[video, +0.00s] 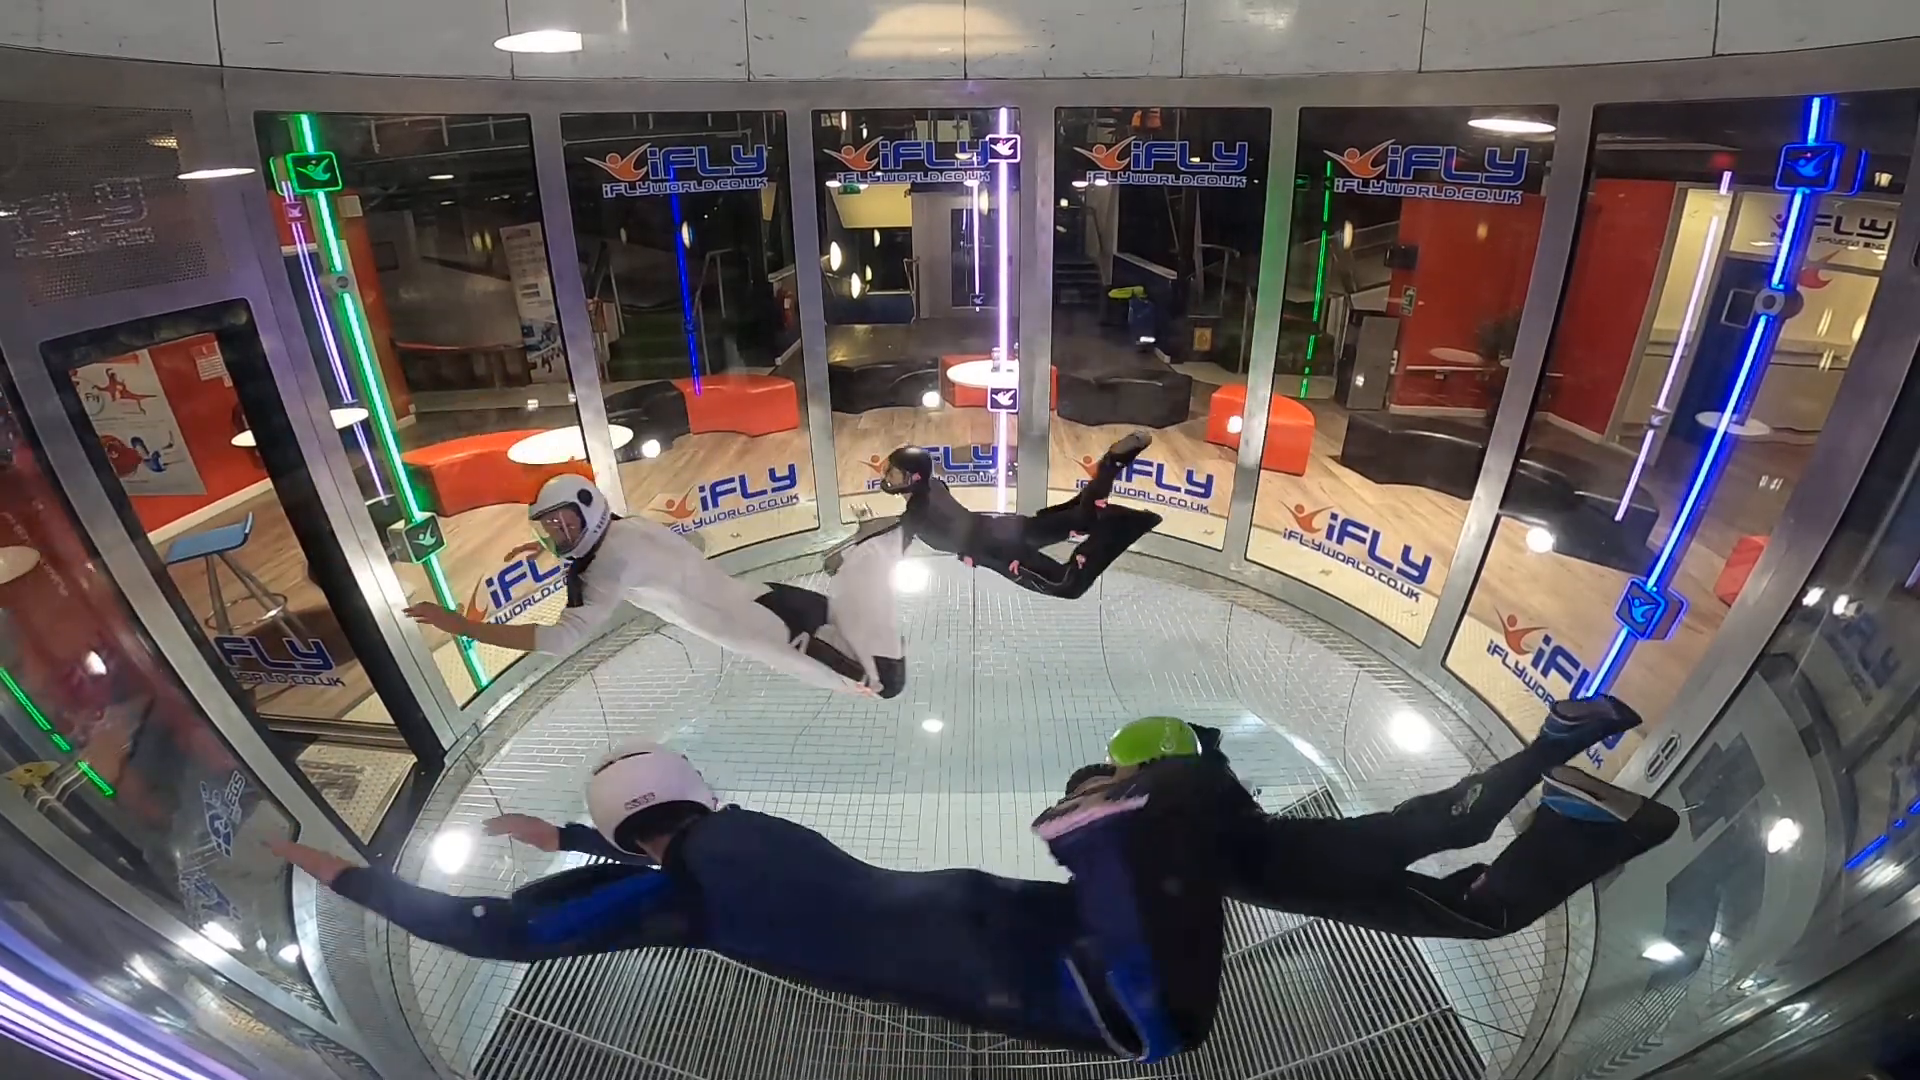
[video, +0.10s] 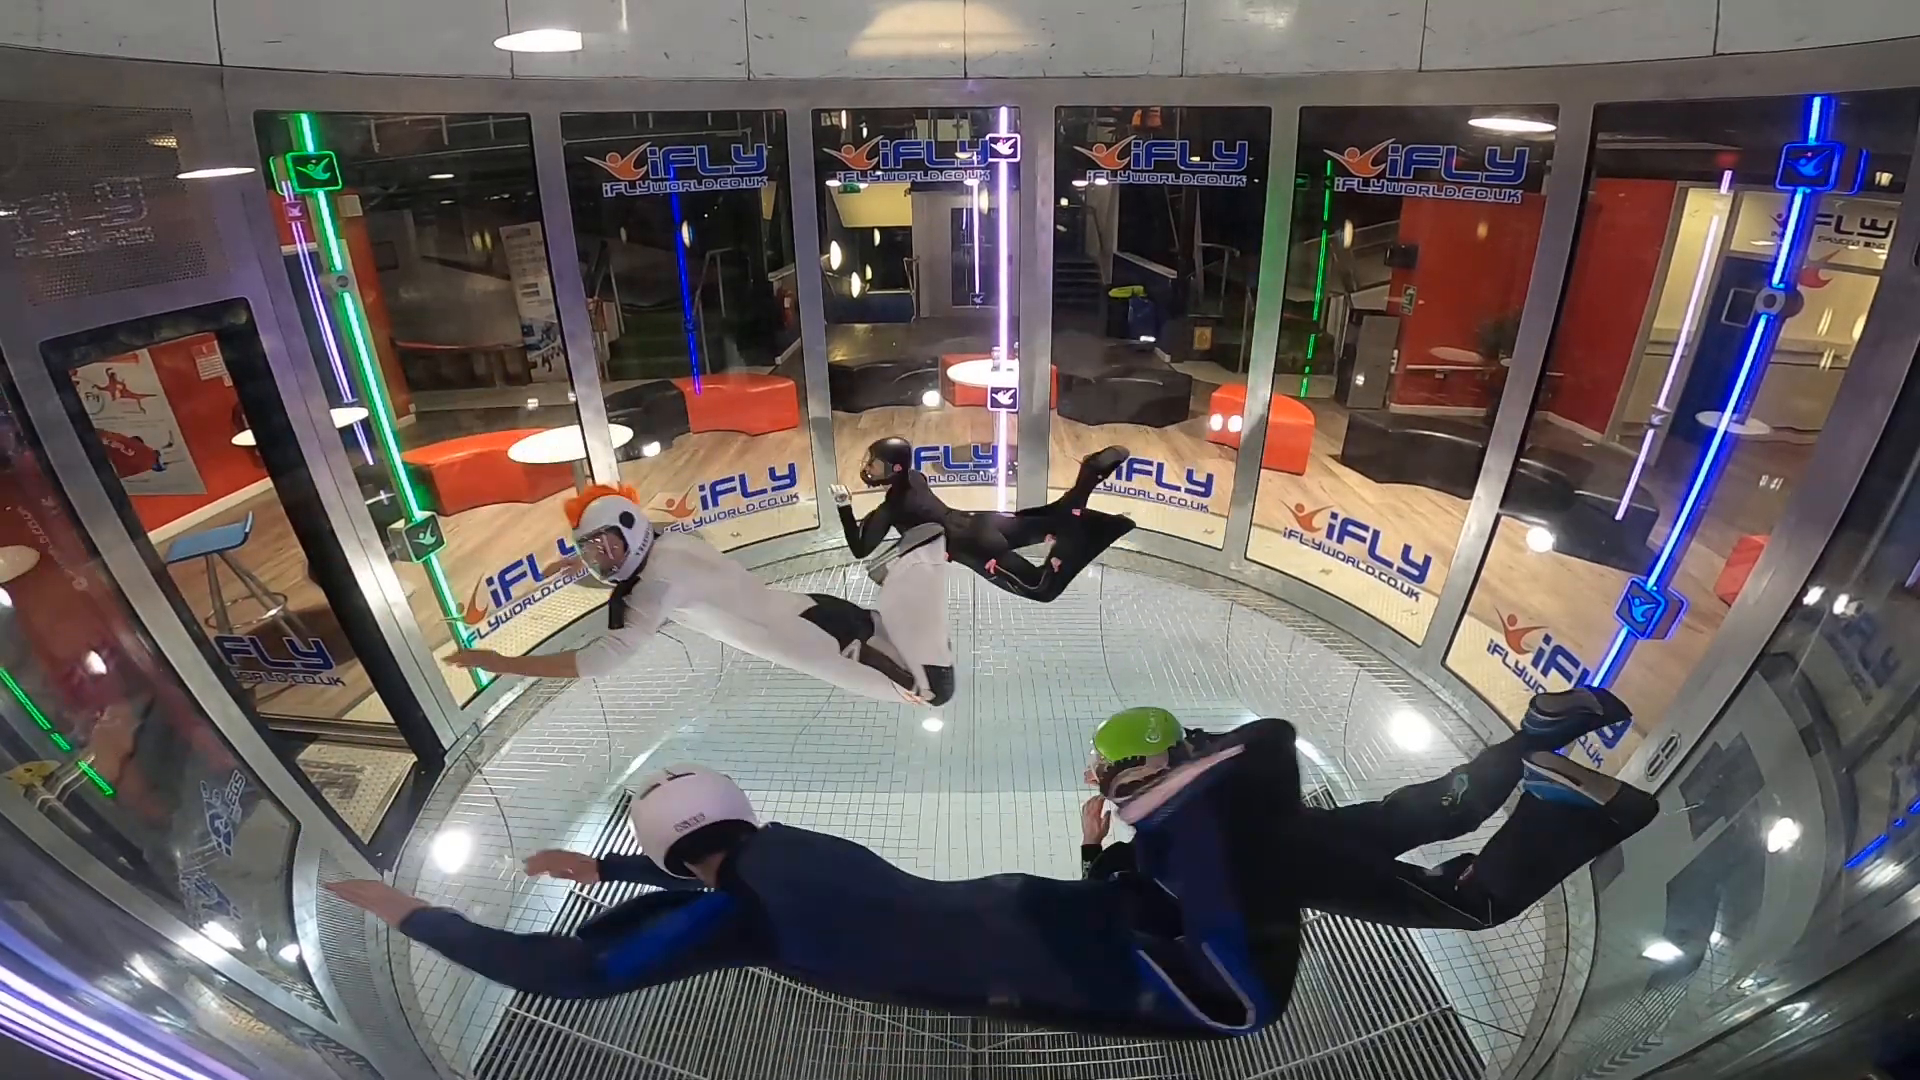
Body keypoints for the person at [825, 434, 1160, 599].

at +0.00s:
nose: (891, 481)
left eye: (897, 475)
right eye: (890, 475)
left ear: (912, 477)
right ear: (913, 475)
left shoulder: (917, 505)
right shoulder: (926, 490)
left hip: (998, 549)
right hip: (1003, 527)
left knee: (1069, 586)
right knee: (1077, 517)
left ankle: (1112, 527)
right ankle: (1115, 463)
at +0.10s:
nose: (867, 468)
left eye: (874, 464)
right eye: (869, 462)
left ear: (893, 469)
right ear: (897, 467)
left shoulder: (898, 500)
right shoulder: (910, 483)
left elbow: (860, 547)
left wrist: (845, 507)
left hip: (977, 545)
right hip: (983, 521)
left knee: (1044, 589)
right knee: (1056, 520)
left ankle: (1078, 532)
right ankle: (1091, 473)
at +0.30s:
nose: (827, 459)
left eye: (835, 454)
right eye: (828, 452)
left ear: (853, 458)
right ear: (853, 457)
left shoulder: (851, 497)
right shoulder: (866, 475)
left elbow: (812, 536)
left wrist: (797, 502)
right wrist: (821, 508)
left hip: (931, 548)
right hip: (938, 527)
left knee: (981, 595)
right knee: (1004, 527)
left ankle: (1025, 549)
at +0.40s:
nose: (802, 458)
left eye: (809, 453)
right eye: (802, 451)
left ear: (827, 458)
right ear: (828, 457)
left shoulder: (828, 494)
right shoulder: (842, 474)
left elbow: (795, 531)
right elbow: (810, 517)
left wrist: (768, 500)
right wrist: (792, 513)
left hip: (908, 550)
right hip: (913, 526)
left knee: (965, 603)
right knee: (979, 531)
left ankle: (1014, 543)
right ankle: (1002, 480)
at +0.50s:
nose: (779, 462)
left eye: (786, 456)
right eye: (779, 455)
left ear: (803, 460)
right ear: (803, 456)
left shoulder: (803, 496)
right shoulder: (819, 475)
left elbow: (764, 538)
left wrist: (738, 502)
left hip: (888, 544)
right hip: (892, 524)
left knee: (944, 600)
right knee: (957, 534)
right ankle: (960, 475)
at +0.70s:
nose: (734, 470)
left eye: (741, 465)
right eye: (734, 464)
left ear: (759, 470)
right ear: (754, 468)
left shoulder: (760, 508)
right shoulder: (777, 483)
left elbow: (723, 555)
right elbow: (749, 481)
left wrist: (681, 530)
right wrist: (725, 476)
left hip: (849, 555)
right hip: (856, 535)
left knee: (916, 605)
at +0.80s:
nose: (716, 476)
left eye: (723, 471)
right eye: (716, 470)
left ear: (744, 474)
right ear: (734, 474)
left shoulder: (746, 507)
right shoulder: (755, 493)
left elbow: (704, 563)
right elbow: (729, 491)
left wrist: (656, 542)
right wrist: (705, 483)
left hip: (829, 556)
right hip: (836, 544)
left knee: (889, 611)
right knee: (905, 581)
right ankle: (909, 505)